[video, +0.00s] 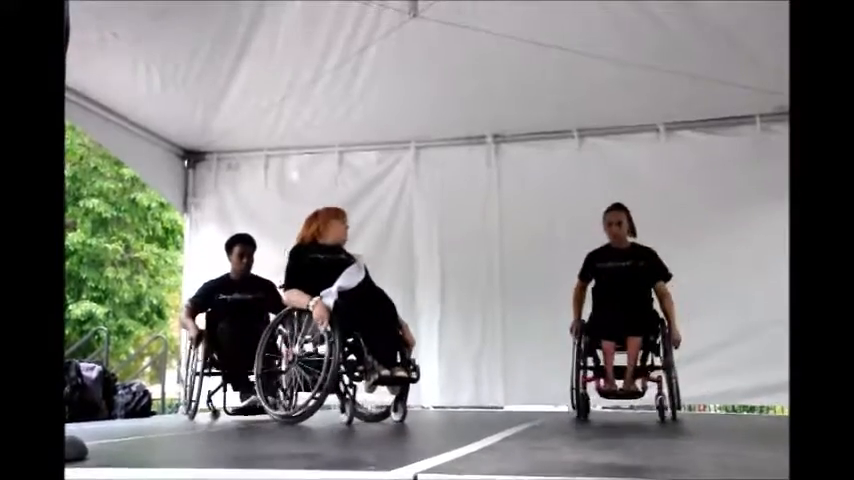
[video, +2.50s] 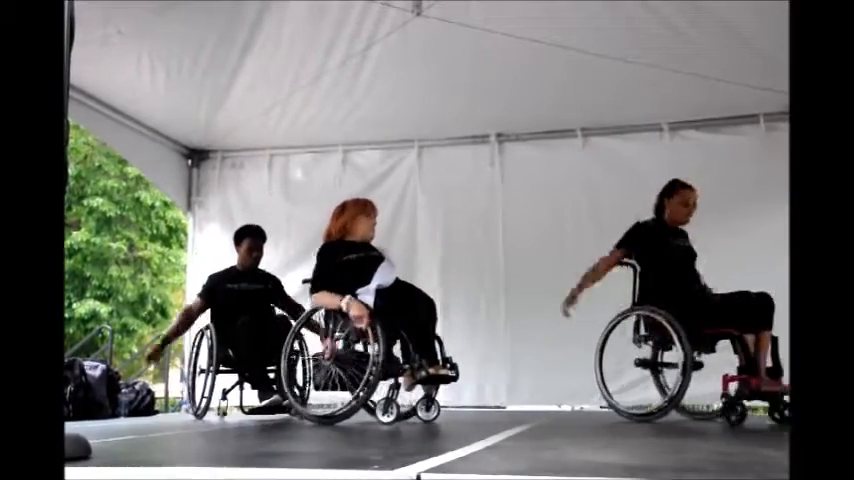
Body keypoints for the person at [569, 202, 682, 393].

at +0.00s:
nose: (614, 229)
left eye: (619, 224)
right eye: (609, 224)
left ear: (628, 225)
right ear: (604, 228)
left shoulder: (646, 255)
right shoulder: (595, 257)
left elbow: (662, 293)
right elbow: (581, 287)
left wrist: (672, 326)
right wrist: (577, 319)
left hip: (638, 313)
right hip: (607, 314)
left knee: (637, 320)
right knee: (606, 322)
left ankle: (629, 380)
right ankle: (609, 379)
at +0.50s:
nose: (633, 217)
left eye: (636, 212)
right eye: (627, 212)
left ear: (640, 217)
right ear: (613, 217)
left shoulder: (649, 246)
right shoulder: (604, 242)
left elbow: (679, 256)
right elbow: (589, 256)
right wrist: (601, 258)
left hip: (649, 310)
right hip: (616, 311)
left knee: (679, 303)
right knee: (649, 316)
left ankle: (672, 377)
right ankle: (651, 380)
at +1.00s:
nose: (671, 216)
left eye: (674, 211)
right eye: (666, 210)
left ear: (675, 212)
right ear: (649, 208)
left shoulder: (674, 234)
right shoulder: (628, 232)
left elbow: (694, 208)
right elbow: (596, 200)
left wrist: (707, 184)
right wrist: (573, 158)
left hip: (683, 310)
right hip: (652, 312)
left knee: (740, 302)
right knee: (715, 299)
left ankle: (737, 378)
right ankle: (719, 375)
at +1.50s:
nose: (698, 200)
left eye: (699, 195)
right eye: (691, 195)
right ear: (672, 199)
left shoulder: (695, 233)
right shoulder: (664, 233)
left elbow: (704, 274)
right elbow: (667, 277)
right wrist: (689, 311)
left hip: (724, 306)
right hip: (708, 311)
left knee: (778, 300)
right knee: (778, 303)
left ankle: (783, 374)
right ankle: (785, 375)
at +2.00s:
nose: (696, 193)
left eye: (697, 189)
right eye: (687, 190)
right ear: (673, 203)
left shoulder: (699, 228)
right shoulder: (679, 232)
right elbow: (687, 279)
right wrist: (716, 311)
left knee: (797, 301)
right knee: (799, 309)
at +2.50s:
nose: (690, 212)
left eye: (693, 207)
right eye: (685, 205)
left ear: (689, 208)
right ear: (666, 203)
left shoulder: (680, 236)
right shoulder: (644, 231)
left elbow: (683, 277)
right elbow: (607, 263)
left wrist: (708, 300)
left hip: (691, 306)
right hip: (668, 313)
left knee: (753, 302)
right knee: (759, 303)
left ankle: (752, 372)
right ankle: (760, 375)